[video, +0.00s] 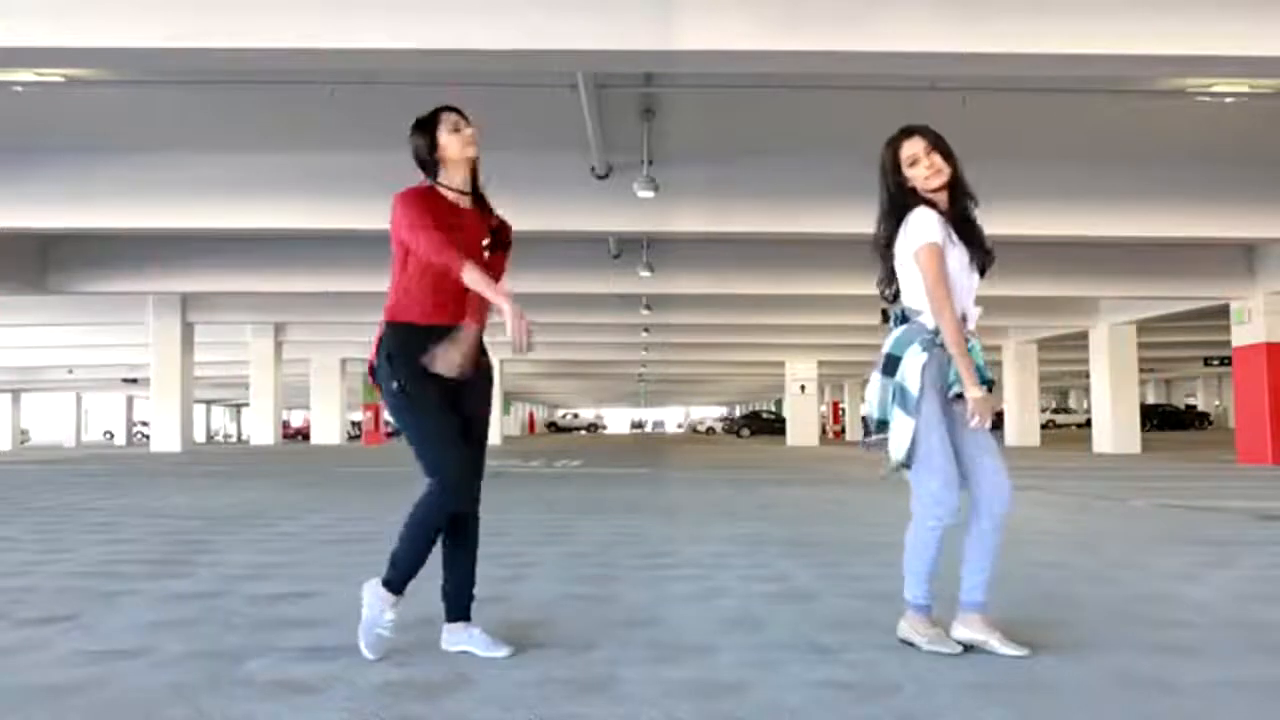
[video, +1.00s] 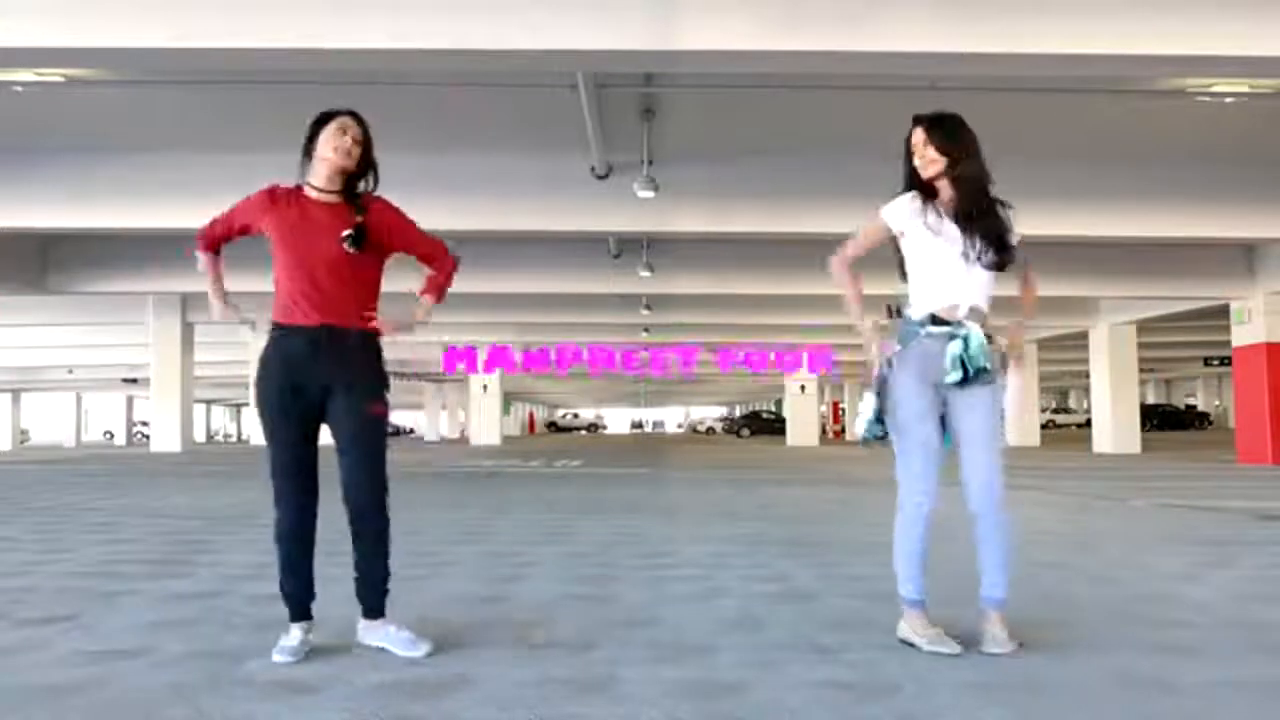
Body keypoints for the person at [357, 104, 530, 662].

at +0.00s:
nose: (470, 130)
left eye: (470, 124)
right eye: (456, 126)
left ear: (476, 141)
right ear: (433, 148)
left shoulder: (496, 227)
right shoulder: (411, 204)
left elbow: (485, 292)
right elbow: (446, 257)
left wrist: (465, 339)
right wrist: (504, 301)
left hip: (467, 351)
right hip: (407, 349)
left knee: (465, 489)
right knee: (450, 480)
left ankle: (458, 624)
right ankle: (385, 594)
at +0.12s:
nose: (459, 127)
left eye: (464, 122)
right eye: (445, 125)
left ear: (479, 142)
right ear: (430, 150)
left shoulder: (502, 220)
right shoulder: (409, 200)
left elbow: (469, 290)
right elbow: (438, 272)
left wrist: (396, 306)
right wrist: (493, 326)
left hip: (464, 354)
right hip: (403, 350)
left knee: (463, 489)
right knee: (428, 474)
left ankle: (458, 625)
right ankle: (383, 595)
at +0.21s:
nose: (450, 126)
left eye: (458, 120)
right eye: (438, 124)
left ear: (476, 143)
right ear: (426, 149)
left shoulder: (500, 217)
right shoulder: (405, 198)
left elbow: (463, 293)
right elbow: (421, 273)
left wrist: (379, 308)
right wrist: (466, 332)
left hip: (461, 353)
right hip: (399, 346)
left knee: (460, 491)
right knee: (405, 478)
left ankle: (458, 624)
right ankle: (375, 598)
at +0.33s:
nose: (432, 126)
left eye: (442, 119)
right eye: (422, 123)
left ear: (465, 140)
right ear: (414, 147)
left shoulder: (488, 212)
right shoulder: (393, 203)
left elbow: (462, 295)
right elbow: (386, 284)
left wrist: (396, 315)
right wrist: (399, 360)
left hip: (455, 352)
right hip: (394, 348)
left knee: (457, 491)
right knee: (371, 483)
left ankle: (458, 624)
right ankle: (345, 607)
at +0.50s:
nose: (397, 130)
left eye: (410, 122)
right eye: (393, 123)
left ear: (437, 141)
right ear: (387, 141)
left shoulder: (456, 216)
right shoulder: (363, 206)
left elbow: (446, 306)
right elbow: (339, 285)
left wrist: (417, 388)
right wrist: (319, 361)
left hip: (426, 361)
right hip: (362, 355)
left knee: (442, 495)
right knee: (337, 489)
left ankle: (456, 625)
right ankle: (306, 617)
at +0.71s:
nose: (359, 133)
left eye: (374, 130)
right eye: (357, 127)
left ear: (392, 156)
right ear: (346, 147)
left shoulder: (403, 225)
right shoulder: (312, 214)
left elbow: (449, 290)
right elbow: (280, 282)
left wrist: (472, 368)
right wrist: (251, 353)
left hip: (373, 365)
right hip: (309, 362)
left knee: (406, 500)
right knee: (306, 503)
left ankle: (451, 622)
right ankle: (300, 625)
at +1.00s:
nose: (347, 143)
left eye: (356, 140)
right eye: (338, 133)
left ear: (362, 161)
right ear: (312, 145)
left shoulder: (375, 213)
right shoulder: (273, 202)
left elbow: (443, 261)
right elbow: (209, 237)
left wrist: (416, 318)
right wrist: (217, 296)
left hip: (355, 358)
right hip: (288, 358)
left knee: (367, 493)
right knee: (294, 498)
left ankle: (373, 621)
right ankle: (298, 624)